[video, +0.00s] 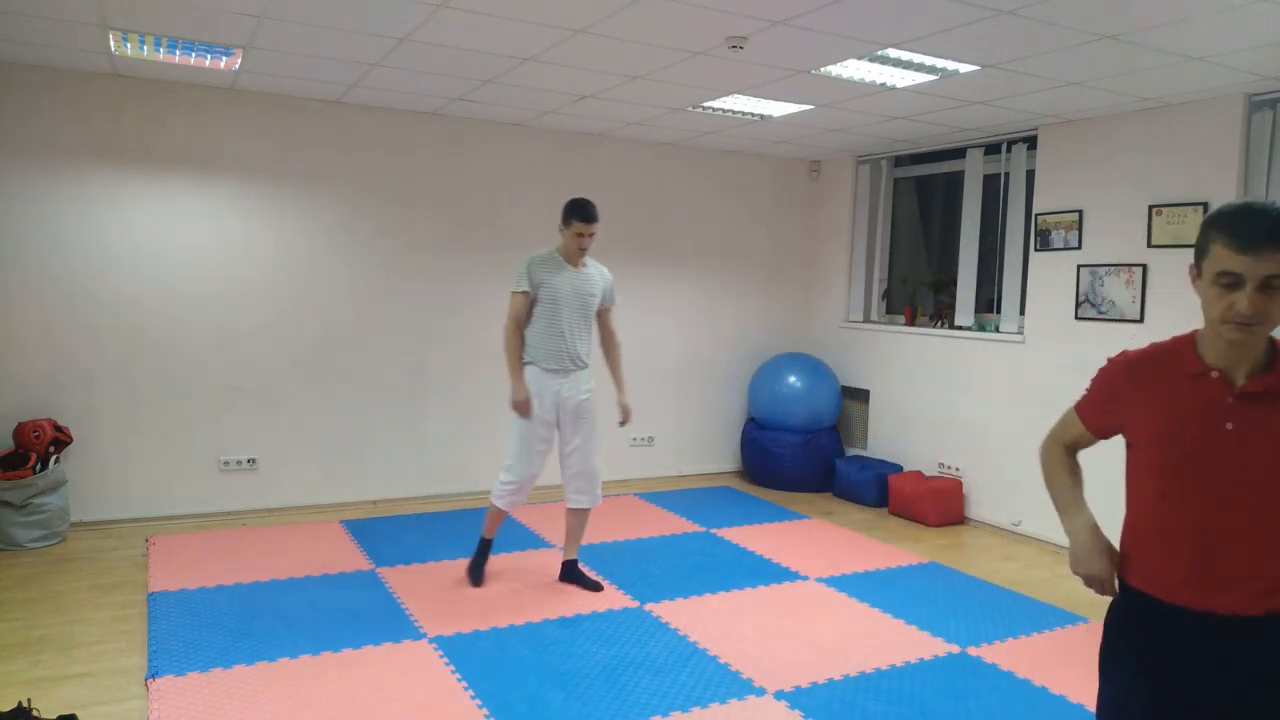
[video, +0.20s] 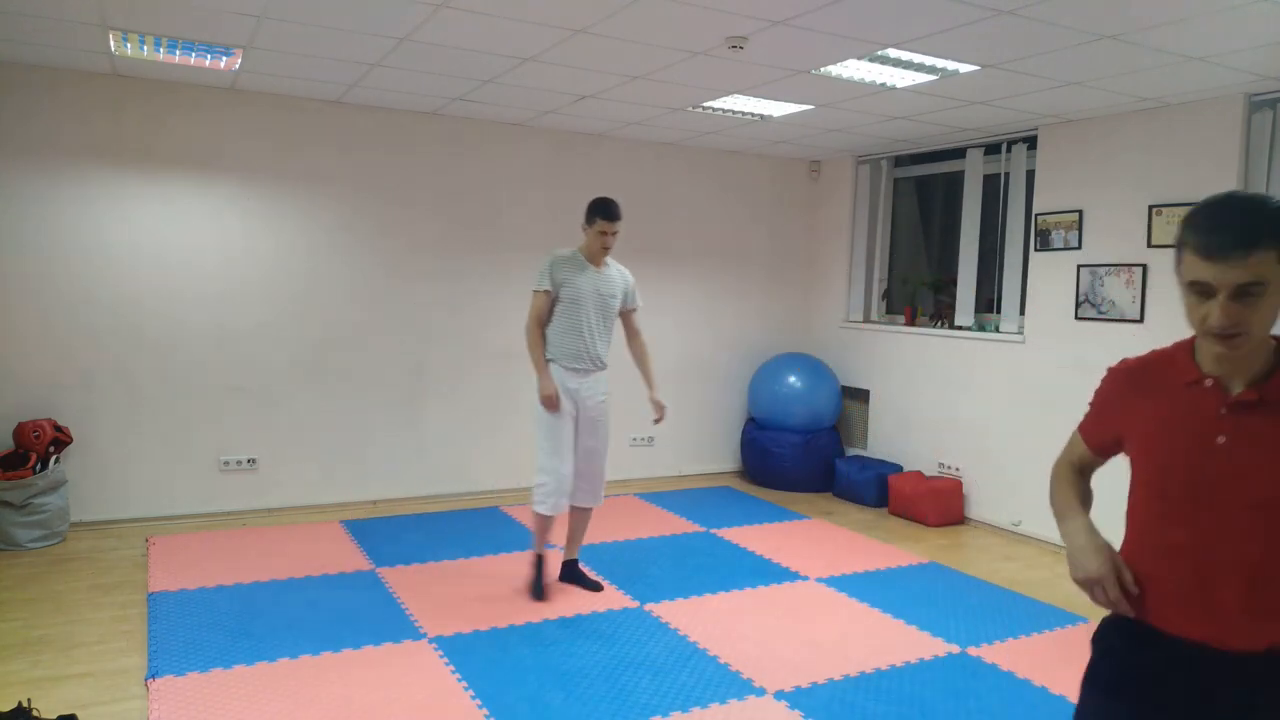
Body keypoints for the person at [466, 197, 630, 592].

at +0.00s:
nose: (586, 242)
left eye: (591, 235)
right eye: (579, 234)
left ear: (596, 234)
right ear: (562, 230)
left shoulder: (600, 277)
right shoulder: (535, 266)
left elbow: (608, 337)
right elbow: (515, 324)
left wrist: (621, 392)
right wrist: (516, 383)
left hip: (579, 382)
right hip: (538, 381)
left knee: (583, 473)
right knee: (522, 471)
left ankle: (570, 564)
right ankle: (483, 549)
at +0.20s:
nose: (609, 241)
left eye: (615, 234)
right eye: (603, 233)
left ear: (619, 234)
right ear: (586, 229)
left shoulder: (621, 278)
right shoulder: (560, 266)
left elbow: (634, 336)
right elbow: (535, 324)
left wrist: (652, 390)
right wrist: (544, 378)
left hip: (595, 383)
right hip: (557, 381)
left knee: (590, 474)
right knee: (555, 474)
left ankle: (570, 564)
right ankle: (539, 564)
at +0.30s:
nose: (620, 242)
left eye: (625, 235)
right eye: (614, 234)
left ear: (630, 235)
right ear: (596, 230)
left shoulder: (629, 279)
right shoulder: (570, 267)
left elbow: (641, 337)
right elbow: (545, 325)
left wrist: (659, 387)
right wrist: (553, 381)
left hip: (605, 383)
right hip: (568, 381)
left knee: (595, 472)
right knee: (573, 470)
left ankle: (573, 559)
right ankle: (574, 563)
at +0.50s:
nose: (642, 244)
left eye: (647, 238)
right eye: (636, 237)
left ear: (649, 237)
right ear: (616, 232)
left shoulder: (646, 282)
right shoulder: (589, 273)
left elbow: (647, 343)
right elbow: (567, 335)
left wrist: (654, 396)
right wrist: (570, 396)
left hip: (630, 387)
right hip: (594, 386)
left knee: (602, 477)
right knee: (609, 478)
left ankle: (572, 561)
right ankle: (635, 579)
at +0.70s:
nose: (663, 243)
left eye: (667, 235)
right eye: (656, 236)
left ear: (669, 234)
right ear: (636, 233)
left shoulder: (663, 276)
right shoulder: (615, 277)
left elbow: (661, 343)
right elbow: (600, 346)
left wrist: (669, 398)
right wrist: (600, 409)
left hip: (655, 387)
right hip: (625, 385)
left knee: (636, 480)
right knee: (638, 482)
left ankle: (581, 551)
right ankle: (642, 584)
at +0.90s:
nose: (688, 242)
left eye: (691, 234)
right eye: (680, 235)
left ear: (689, 233)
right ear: (658, 234)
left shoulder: (680, 272)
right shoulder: (641, 279)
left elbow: (685, 337)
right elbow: (638, 352)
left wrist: (706, 387)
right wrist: (645, 415)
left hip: (686, 390)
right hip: (658, 392)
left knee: (691, 479)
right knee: (655, 484)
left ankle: (640, 547)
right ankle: (644, 581)